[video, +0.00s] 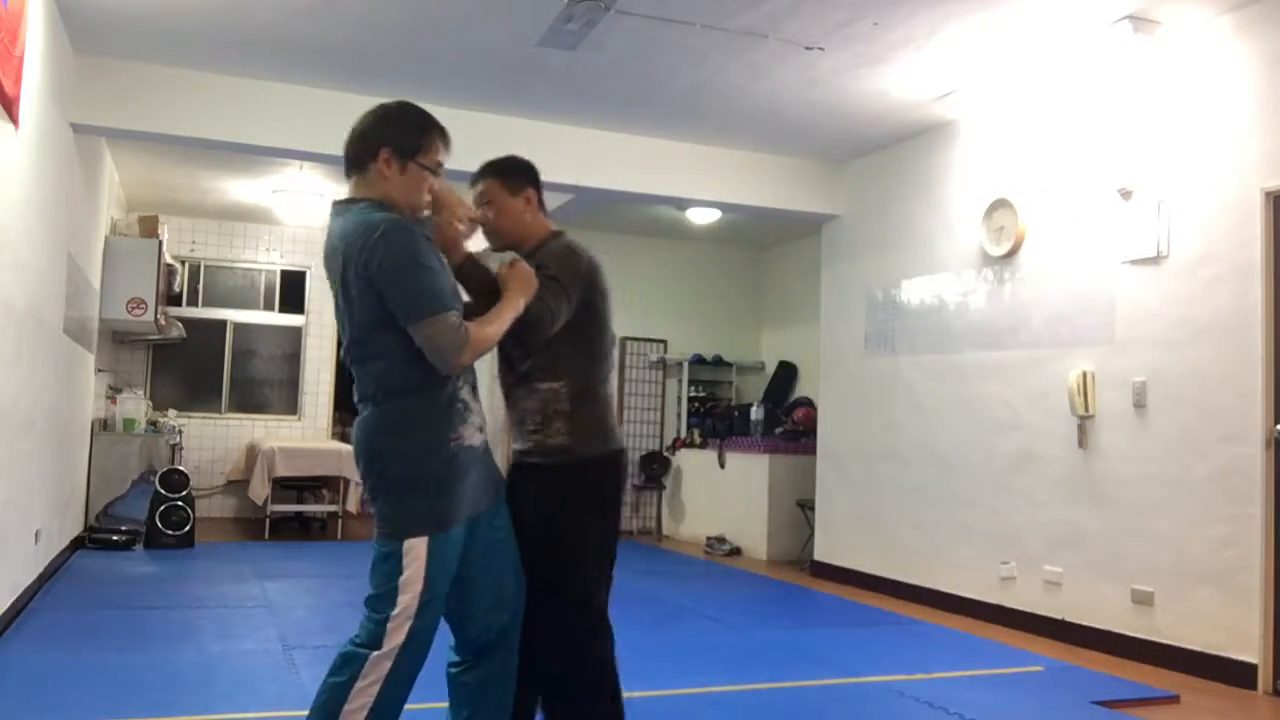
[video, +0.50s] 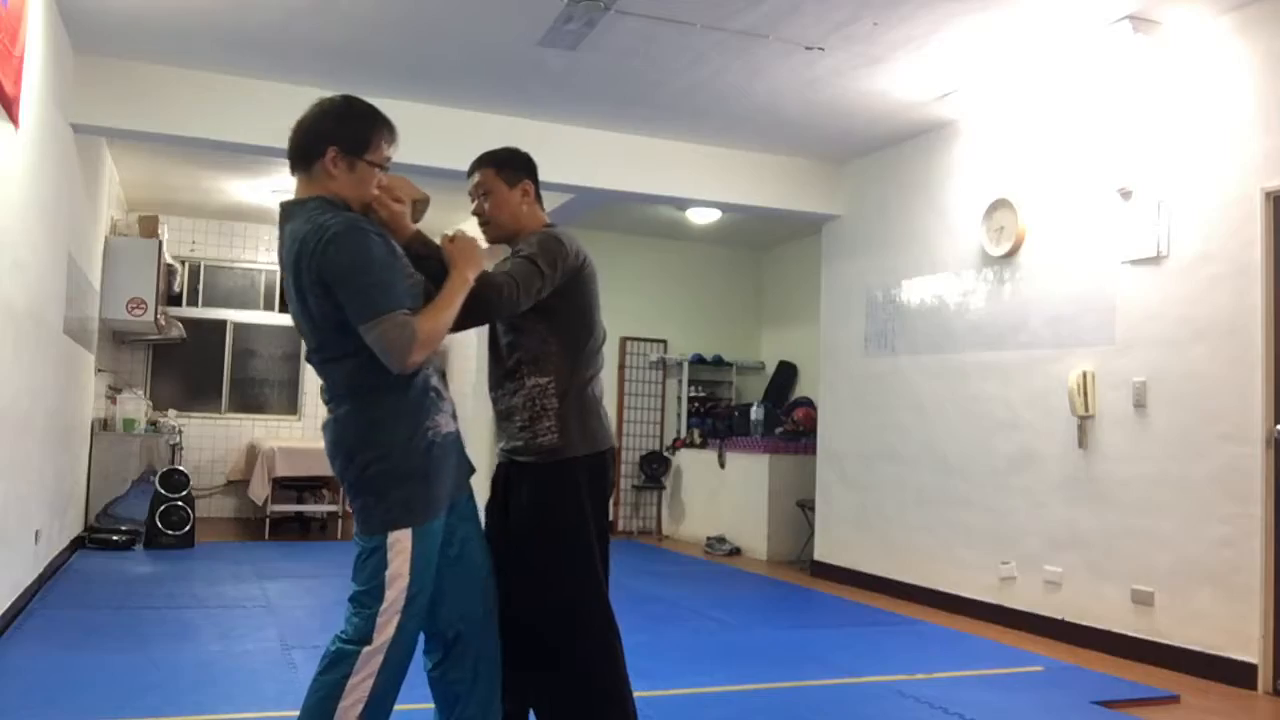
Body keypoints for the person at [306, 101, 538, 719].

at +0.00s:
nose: (439, 186)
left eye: (441, 173)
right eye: (432, 171)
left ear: (376, 166)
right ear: (388, 163)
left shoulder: (353, 227)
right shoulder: (390, 235)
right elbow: (453, 349)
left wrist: (446, 244)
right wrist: (514, 301)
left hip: (460, 455)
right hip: (422, 458)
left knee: (493, 627)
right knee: (395, 637)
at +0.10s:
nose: (430, 185)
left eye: (433, 172)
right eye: (425, 169)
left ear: (365, 164)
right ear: (383, 162)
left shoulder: (340, 232)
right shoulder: (388, 235)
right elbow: (451, 348)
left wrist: (439, 242)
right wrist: (508, 289)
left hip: (451, 454)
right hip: (420, 457)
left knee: (488, 629)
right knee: (395, 636)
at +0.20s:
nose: (421, 186)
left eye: (424, 173)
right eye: (415, 170)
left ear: (356, 164)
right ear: (374, 162)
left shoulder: (331, 229)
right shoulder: (380, 235)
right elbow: (443, 348)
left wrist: (428, 239)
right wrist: (497, 285)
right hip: (416, 450)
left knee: (483, 624)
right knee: (393, 633)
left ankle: (481, 716)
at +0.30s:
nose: (410, 185)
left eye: (413, 171)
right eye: (405, 169)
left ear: (346, 162)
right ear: (362, 161)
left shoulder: (321, 230)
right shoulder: (369, 235)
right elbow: (431, 348)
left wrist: (413, 232)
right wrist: (486, 282)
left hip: (435, 449)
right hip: (411, 453)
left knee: (476, 625)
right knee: (388, 635)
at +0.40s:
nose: (399, 184)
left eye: (401, 170)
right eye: (392, 167)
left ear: (336, 162)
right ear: (348, 161)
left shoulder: (317, 229)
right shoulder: (355, 236)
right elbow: (420, 349)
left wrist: (410, 231)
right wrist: (474, 277)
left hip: (428, 453)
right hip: (408, 457)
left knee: (471, 625)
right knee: (384, 636)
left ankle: (479, 719)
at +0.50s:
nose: (385, 183)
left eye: (387, 168)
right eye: (377, 166)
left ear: (325, 163)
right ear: (334, 161)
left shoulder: (311, 225)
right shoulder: (343, 235)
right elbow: (408, 348)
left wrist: (395, 216)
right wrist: (463, 273)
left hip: (425, 452)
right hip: (402, 458)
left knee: (467, 628)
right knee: (379, 636)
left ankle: (476, 719)